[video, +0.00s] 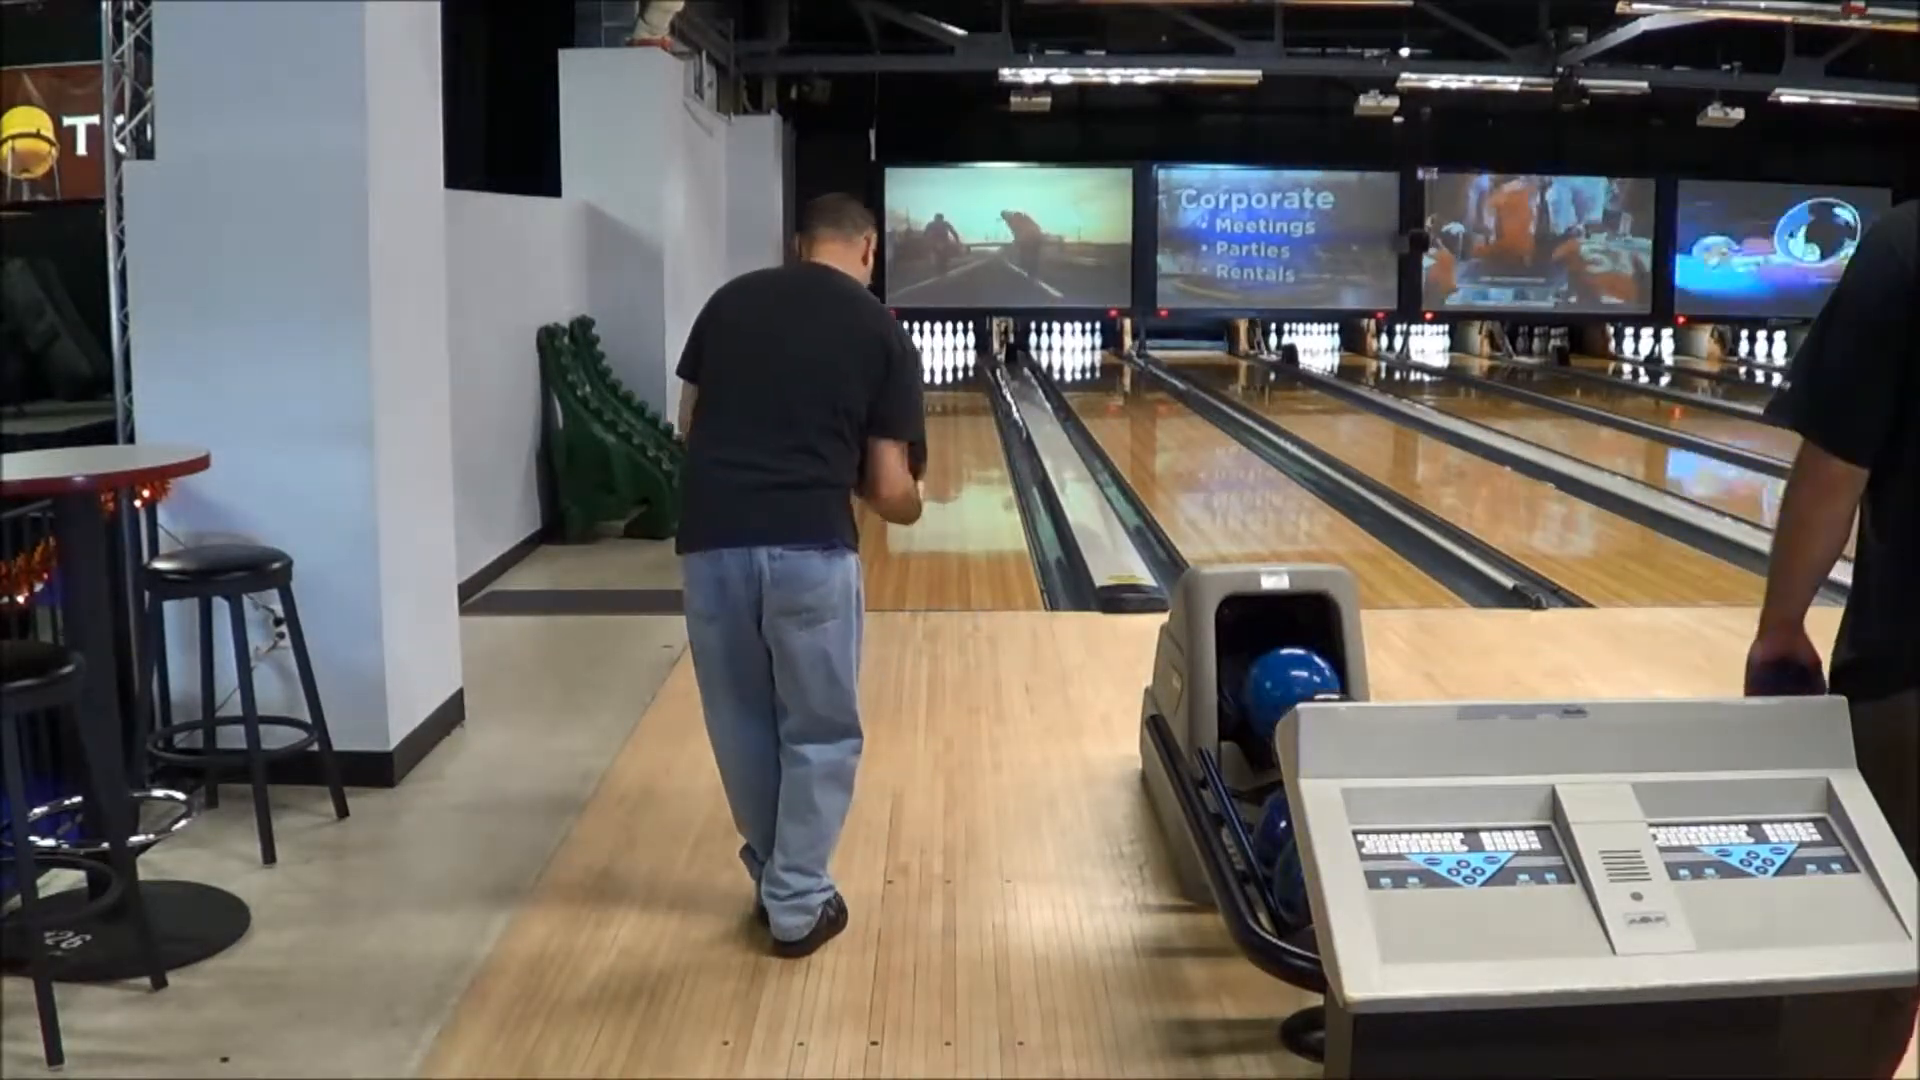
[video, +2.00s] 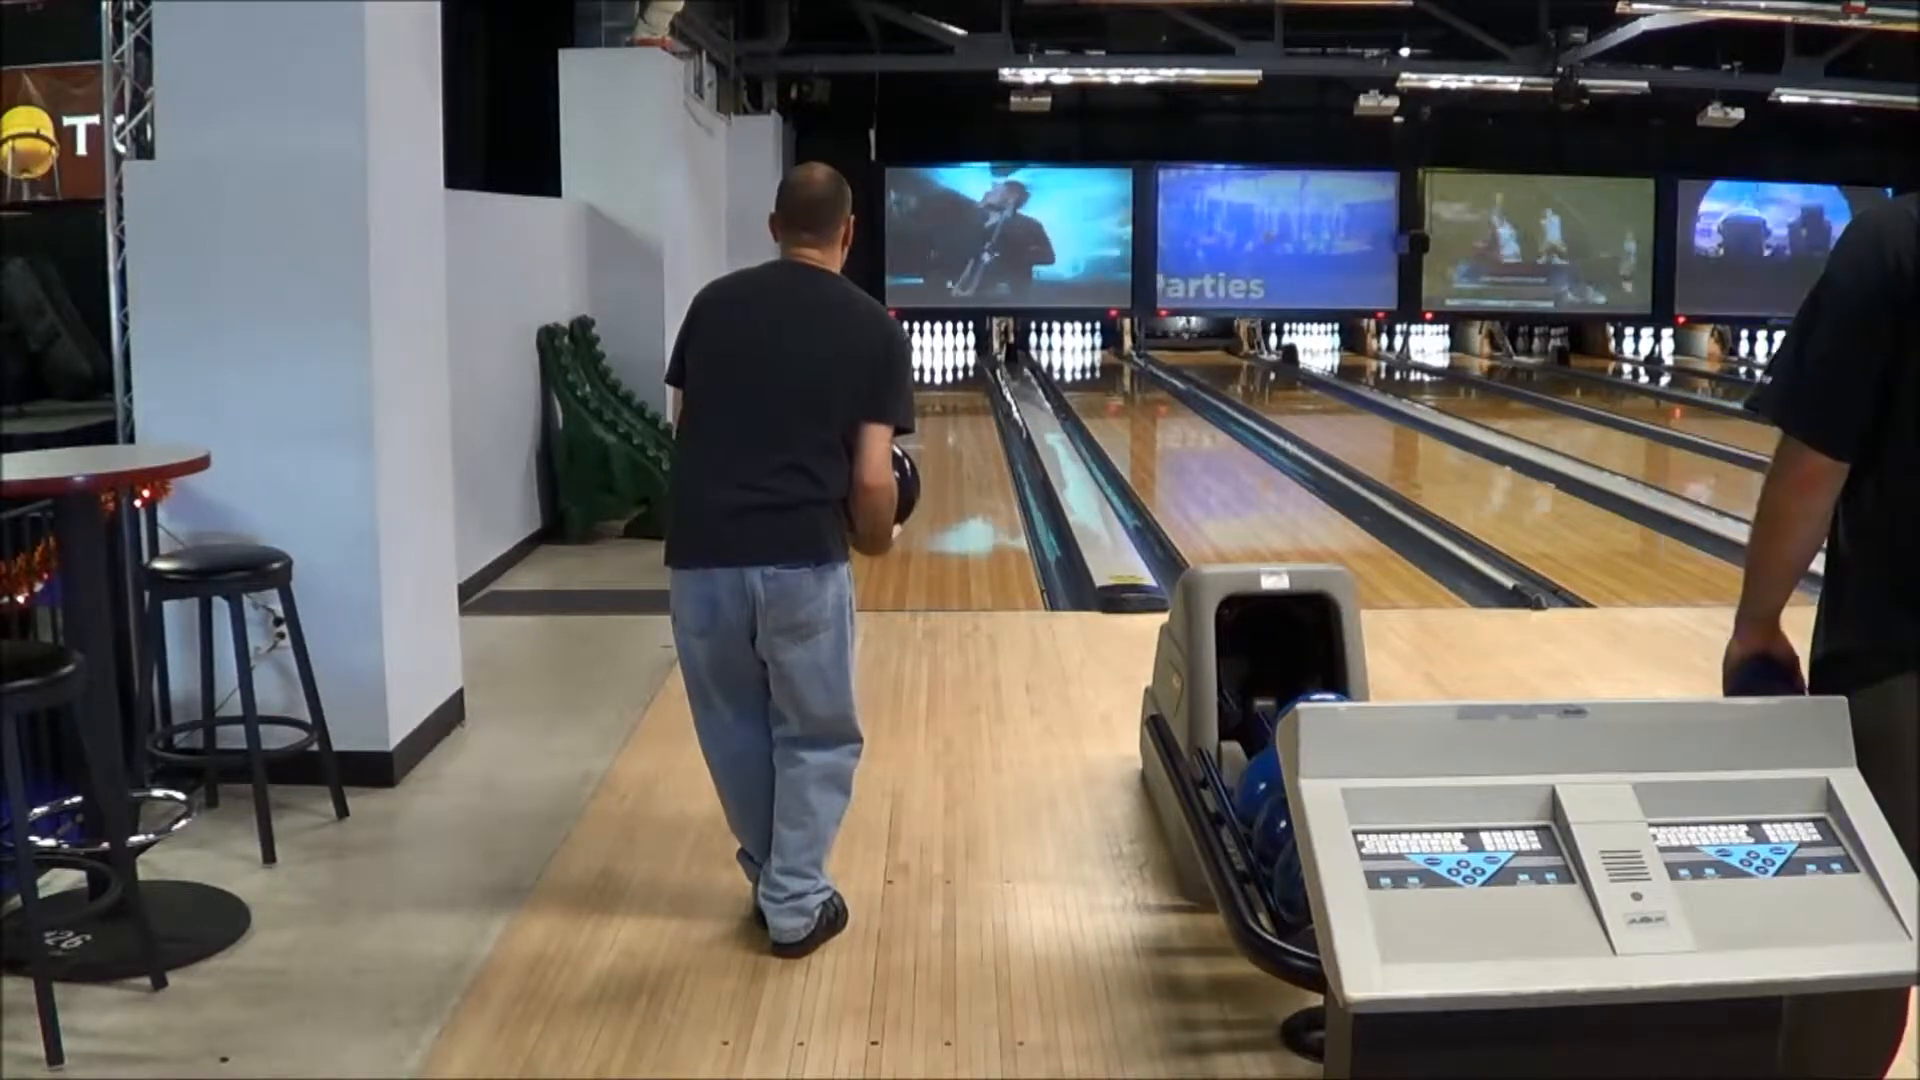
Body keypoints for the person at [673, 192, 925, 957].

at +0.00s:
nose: (873, 267)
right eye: (876, 257)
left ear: (797, 243)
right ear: (869, 251)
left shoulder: (732, 298)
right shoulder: (880, 332)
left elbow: (693, 421)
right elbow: (890, 489)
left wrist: (745, 452)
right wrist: (905, 506)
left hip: (710, 547)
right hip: (809, 549)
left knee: (738, 720)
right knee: (820, 731)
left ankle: (771, 871)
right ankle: (794, 906)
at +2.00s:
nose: (851, 237)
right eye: (854, 226)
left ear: (772, 228)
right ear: (849, 230)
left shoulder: (715, 302)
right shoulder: (870, 326)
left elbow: (683, 423)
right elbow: (871, 477)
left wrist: (724, 485)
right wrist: (878, 537)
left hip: (701, 557)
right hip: (803, 557)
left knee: (732, 724)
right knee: (817, 736)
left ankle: (768, 870)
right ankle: (794, 904)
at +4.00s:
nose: (853, 246)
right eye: (857, 236)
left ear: (784, 235)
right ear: (853, 240)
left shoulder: (727, 299)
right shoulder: (869, 333)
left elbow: (689, 416)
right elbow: (858, 475)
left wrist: (716, 484)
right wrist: (865, 534)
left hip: (696, 524)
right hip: (793, 527)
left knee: (726, 690)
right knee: (798, 680)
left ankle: (772, 861)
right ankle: (801, 809)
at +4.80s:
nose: (864, 270)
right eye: (865, 261)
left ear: (799, 258)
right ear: (861, 263)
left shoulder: (755, 303)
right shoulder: (869, 341)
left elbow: (749, 404)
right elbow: (862, 466)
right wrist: (854, 530)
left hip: (704, 496)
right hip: (782, 505)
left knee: (721, 635)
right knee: (794, 654)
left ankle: (751, 763)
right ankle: (779, 794)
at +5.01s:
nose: (864, 271)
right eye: (867, 262)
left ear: (804, 257)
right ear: (864, 262)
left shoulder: (764, 297)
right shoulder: (866, 320)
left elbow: (745, 395)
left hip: (701, 465)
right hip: (778, 473)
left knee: (722, 618)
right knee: (786, 625)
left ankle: (754, 744)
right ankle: (780, 770)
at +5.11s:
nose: (868, 271)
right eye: (869, 263)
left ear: (807, 260)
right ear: (865, 262)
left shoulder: (769, 297)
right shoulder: (861, 309)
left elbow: (723, 369)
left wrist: (682, 418)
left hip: (705, 457)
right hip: (778, 460)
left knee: (722, 613)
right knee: (794, 611)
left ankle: (755, 750)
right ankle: (780, 723)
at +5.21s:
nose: (876, 281)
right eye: (877, 273)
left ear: (813, 267)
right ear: (871, 271)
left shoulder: (777, 308)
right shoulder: (861, 306)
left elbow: (719, 361)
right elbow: (867, 356)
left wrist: (680, 391)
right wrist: (865, 425)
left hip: (710, 456)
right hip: (782, 457)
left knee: (730, 603)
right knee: (810, 593)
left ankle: (758, 750)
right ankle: (794, 710)